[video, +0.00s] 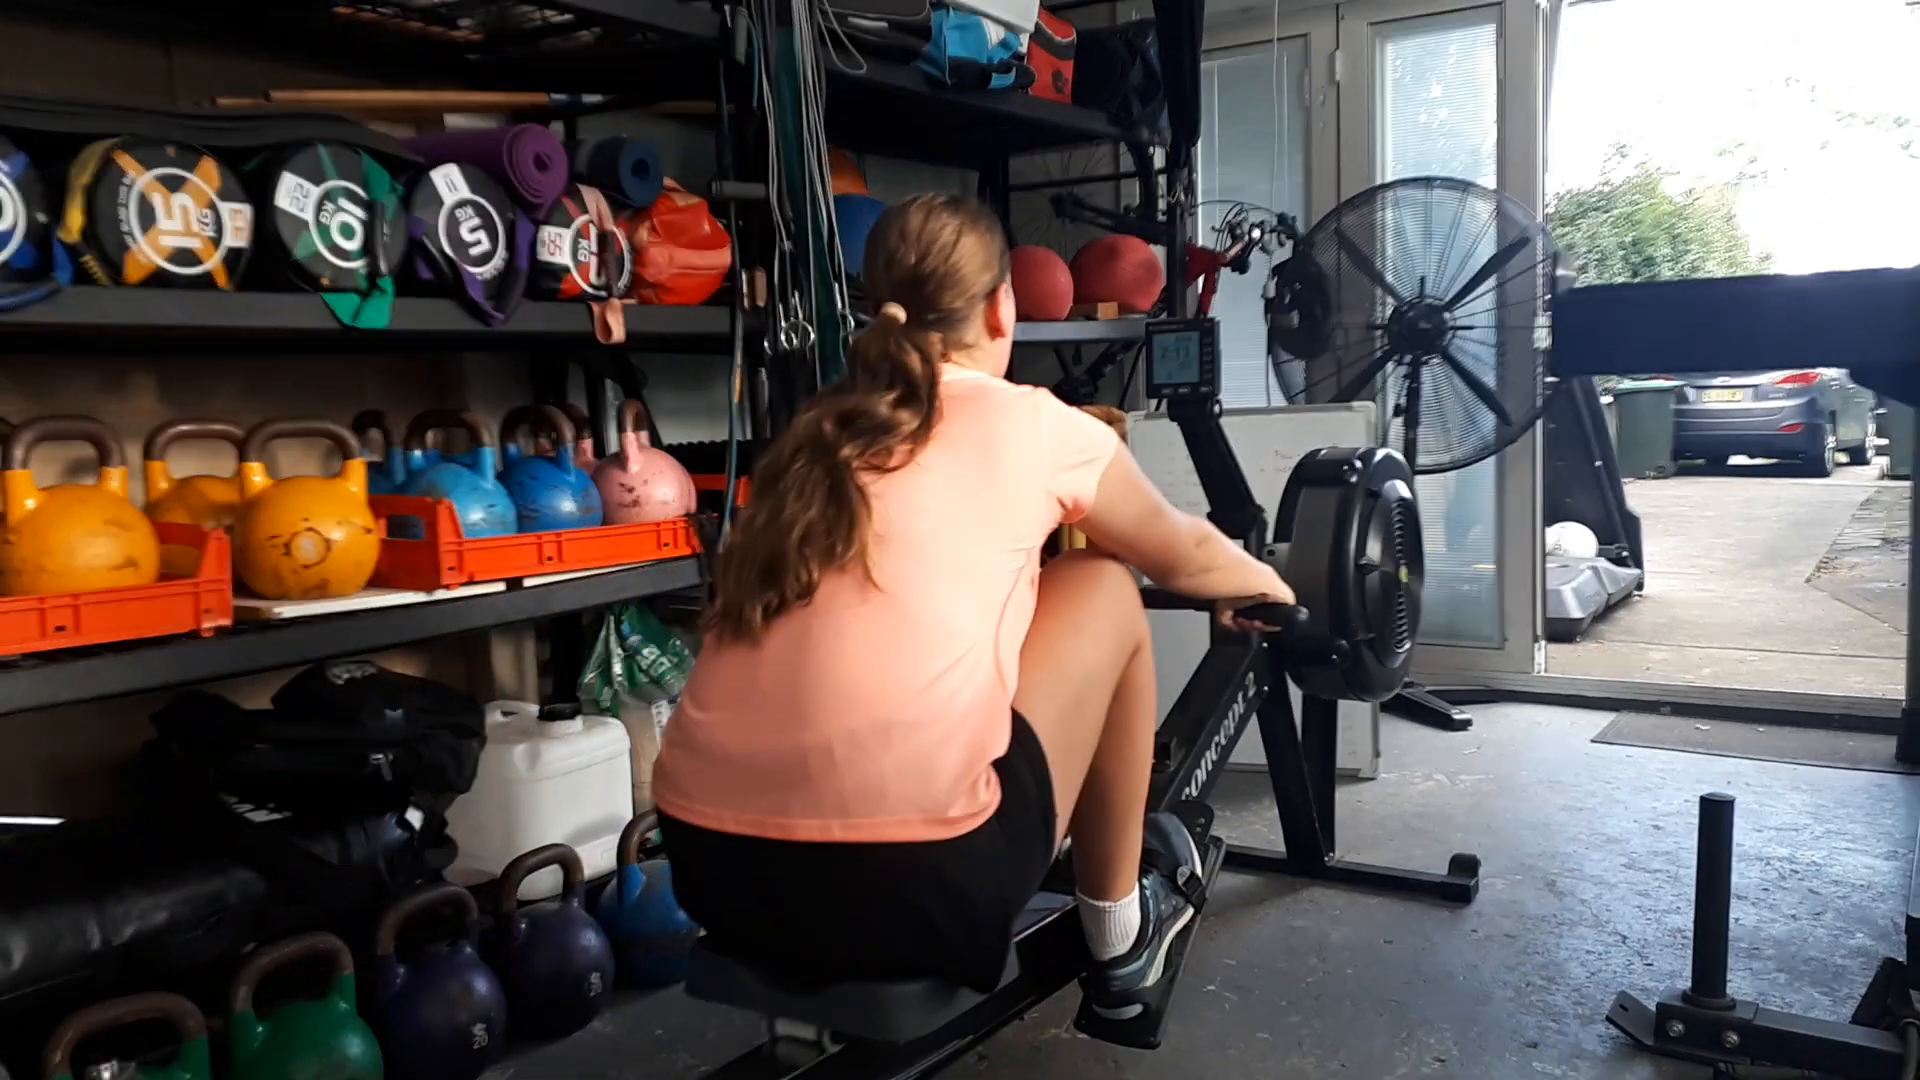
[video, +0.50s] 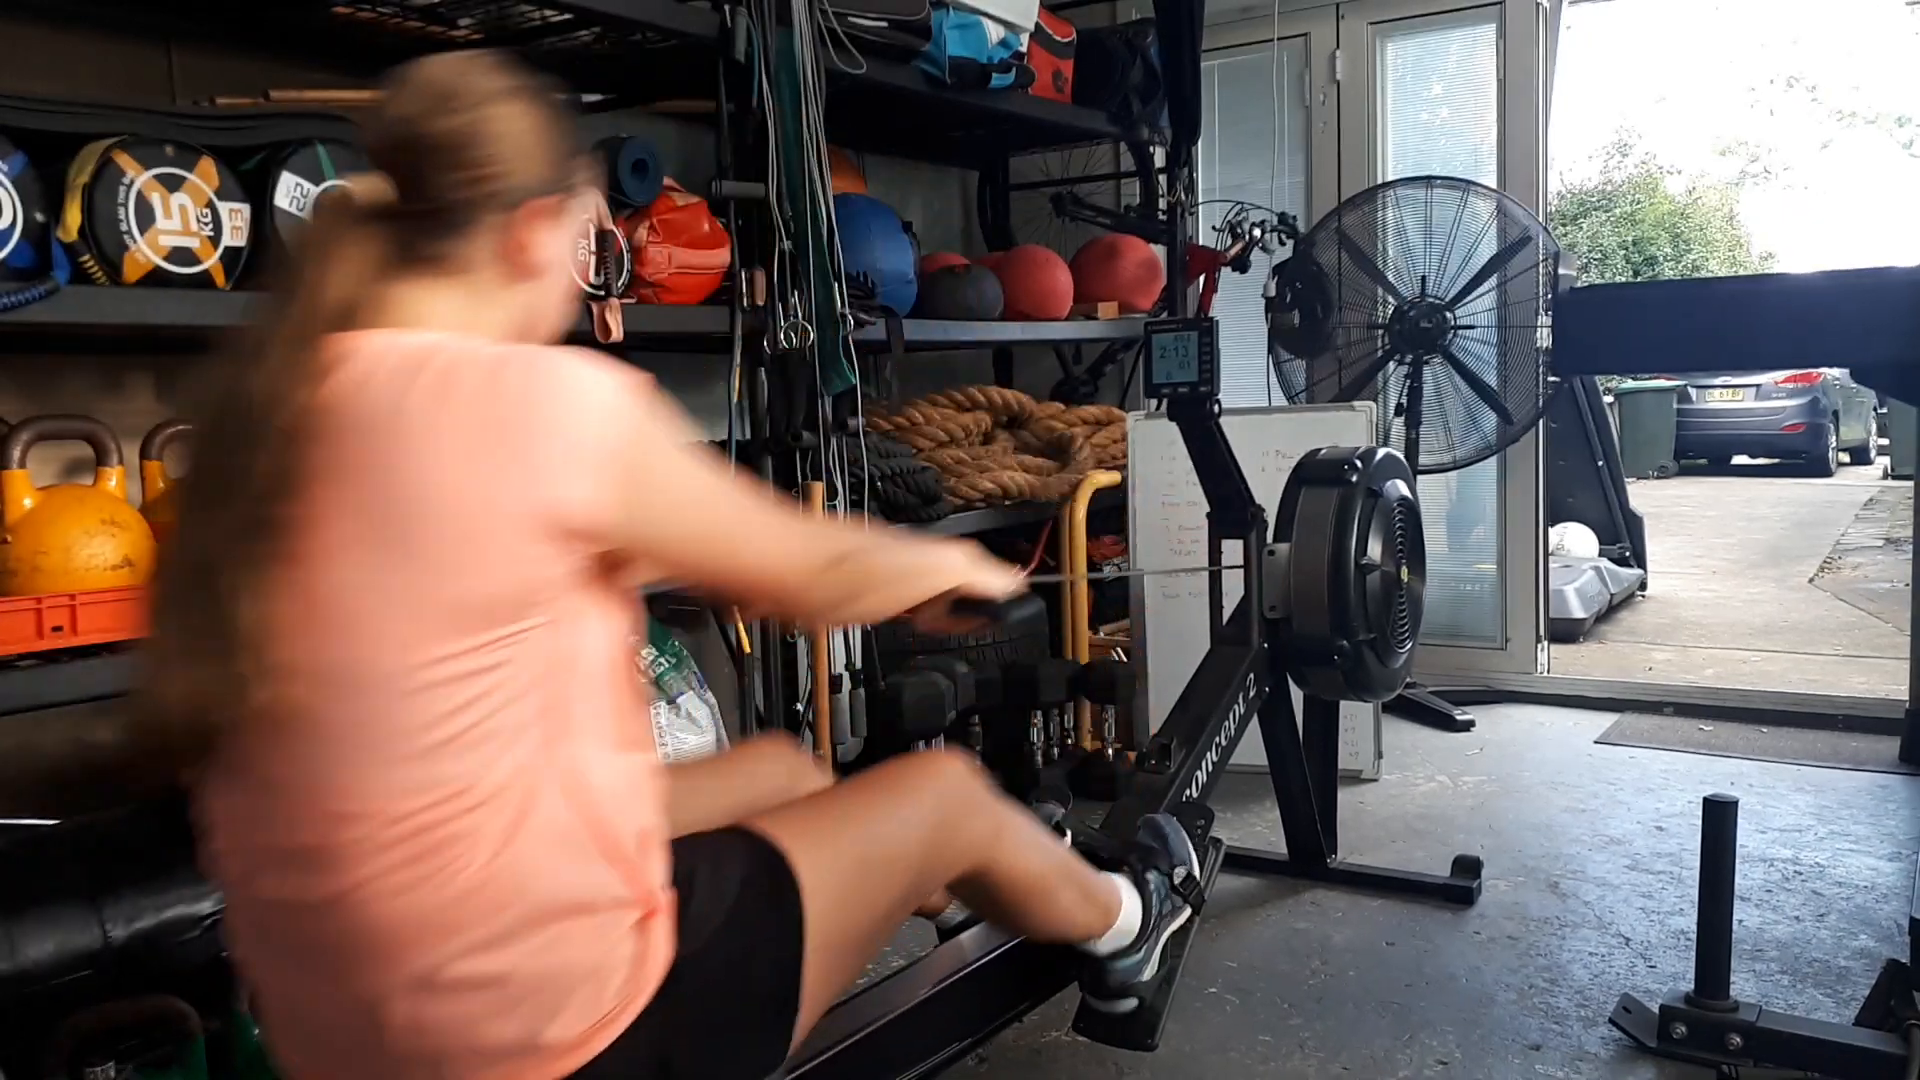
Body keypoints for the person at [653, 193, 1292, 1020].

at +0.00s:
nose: (1016, 314)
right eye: (1014, 296)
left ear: (873, 313)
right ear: (1000, 312)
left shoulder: (813, 429)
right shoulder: (1040, 429)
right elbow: (1180, 550)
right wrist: (1255, 580)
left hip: (722, 888)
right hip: (914, 900)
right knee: (1108, 583)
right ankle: (1119, 950)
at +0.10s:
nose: (990, 307)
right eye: (987, 288)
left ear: (846, 306)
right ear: (970, 302)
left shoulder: (788, 420)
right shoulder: (1023, 424)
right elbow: (1152, 557)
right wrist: (1236, 580)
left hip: (686, 907)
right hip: (882, 918)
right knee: (1091, 594)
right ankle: (1119, 957)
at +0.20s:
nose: (931, 279)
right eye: (927, 259)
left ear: (771, 277)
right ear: (907, 275)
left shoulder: (718, 409)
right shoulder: (960, 409)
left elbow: (791, 562)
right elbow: (1103, 558)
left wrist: (948, 559)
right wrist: (1180, 556)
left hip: (615, 926)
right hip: (816, 935)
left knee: (924, 600)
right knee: (1057, 621)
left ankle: (967, 903)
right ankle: (1122, 956)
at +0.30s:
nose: (843, 248)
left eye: (838, 223)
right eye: (836, 222)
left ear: (677, 232)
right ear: (807, 235)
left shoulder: (612, 386)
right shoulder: (868, 393)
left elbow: (717, 523)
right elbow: (1032, 542)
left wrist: (897, 554)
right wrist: (1128, 544)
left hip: (512, 954)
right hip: (721, 966)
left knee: (839, 638)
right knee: (1026, 664)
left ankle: (956, 891)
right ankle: (1122, 944)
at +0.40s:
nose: (720, 242)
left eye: (717, 212)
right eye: (713, 209)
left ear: (528, 208)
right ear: (667, 215)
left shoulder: (457, 382)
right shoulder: (724, 394)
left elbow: (691, 510)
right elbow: (945, 531)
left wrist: (869, 550)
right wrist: (1066, 535)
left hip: (407, 1003)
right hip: (624, 1018)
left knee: (810, 698)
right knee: (996, 726)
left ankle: (953, 887)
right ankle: (1123, 932)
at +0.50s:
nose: (594, 264)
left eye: (595, 234)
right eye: (587, 232)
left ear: (393, 219)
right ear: (529, 231)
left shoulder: (283, 399)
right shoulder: (553, 407)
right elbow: (816, 581)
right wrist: (948, 560)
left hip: (336, 1028)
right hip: (564, 1029)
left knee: (785, 762)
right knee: (945, 788)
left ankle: (913, 898)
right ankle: (1120, 926)